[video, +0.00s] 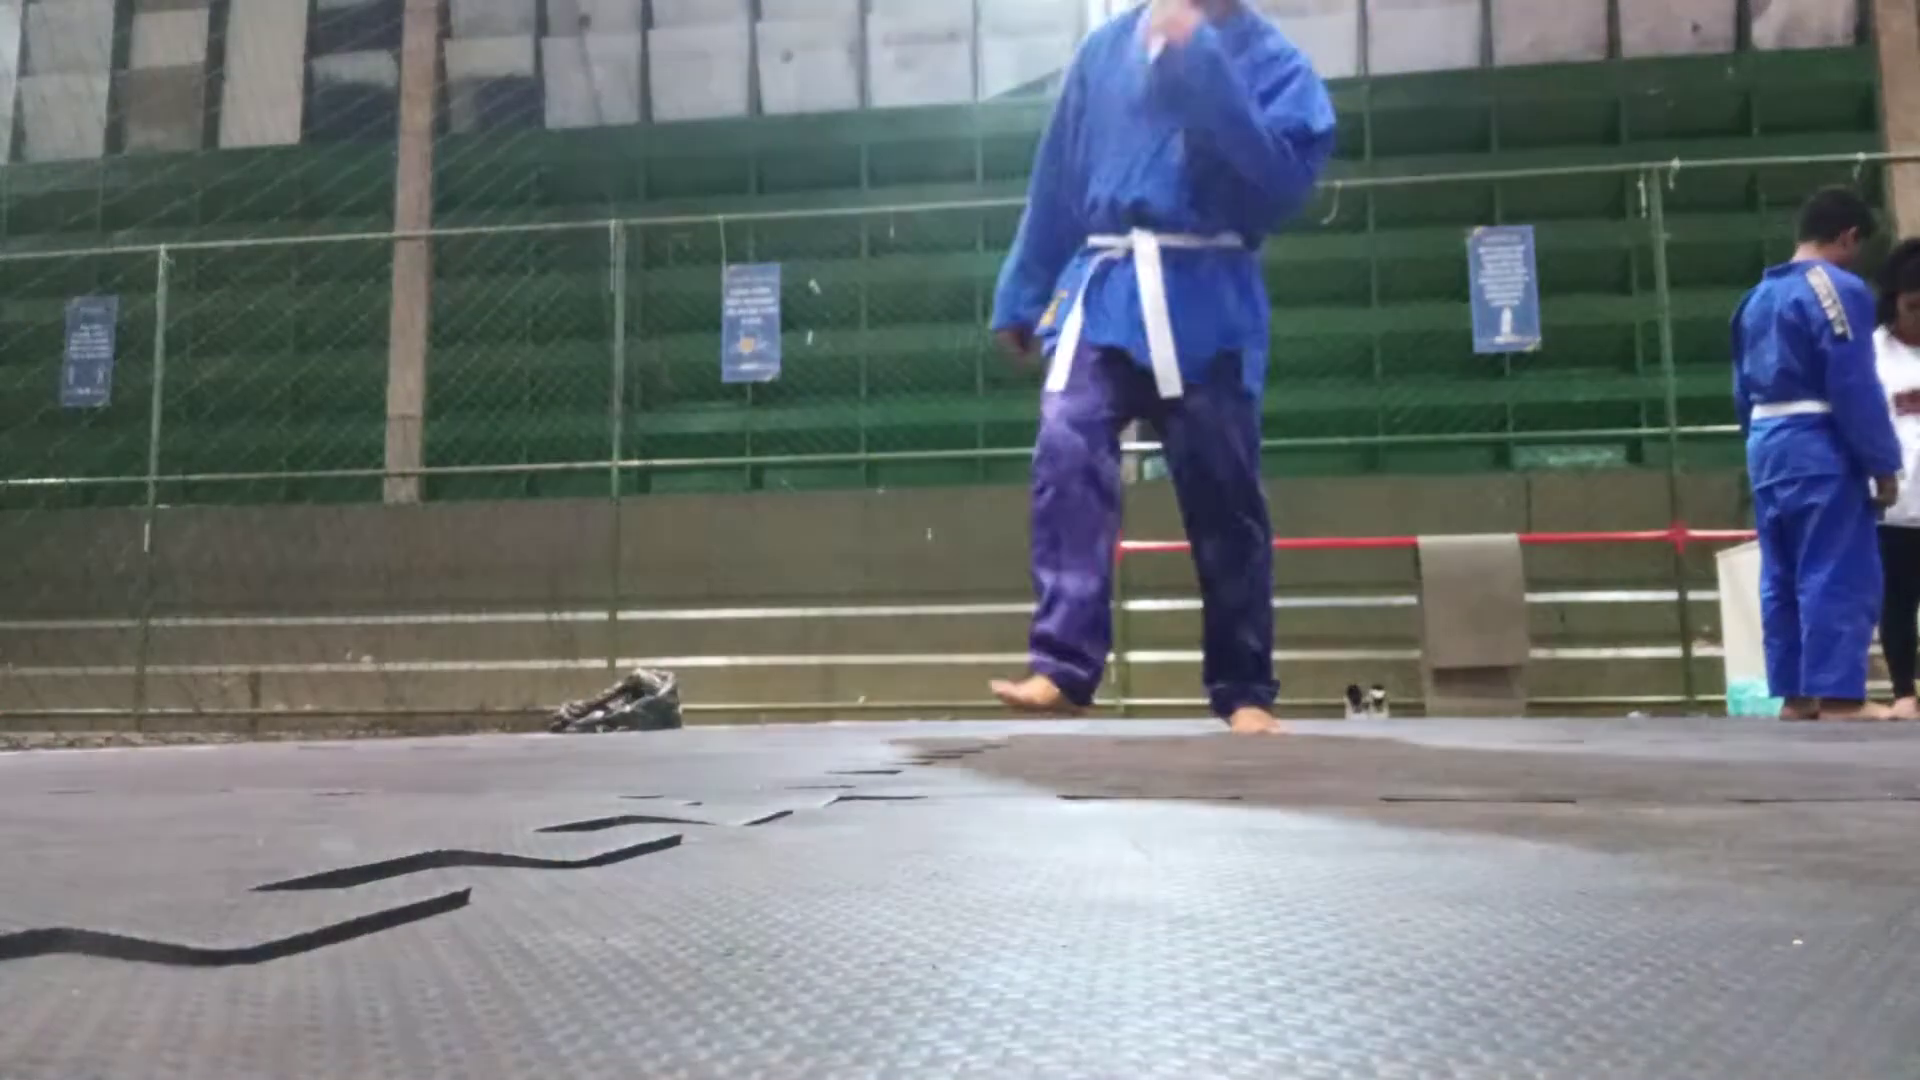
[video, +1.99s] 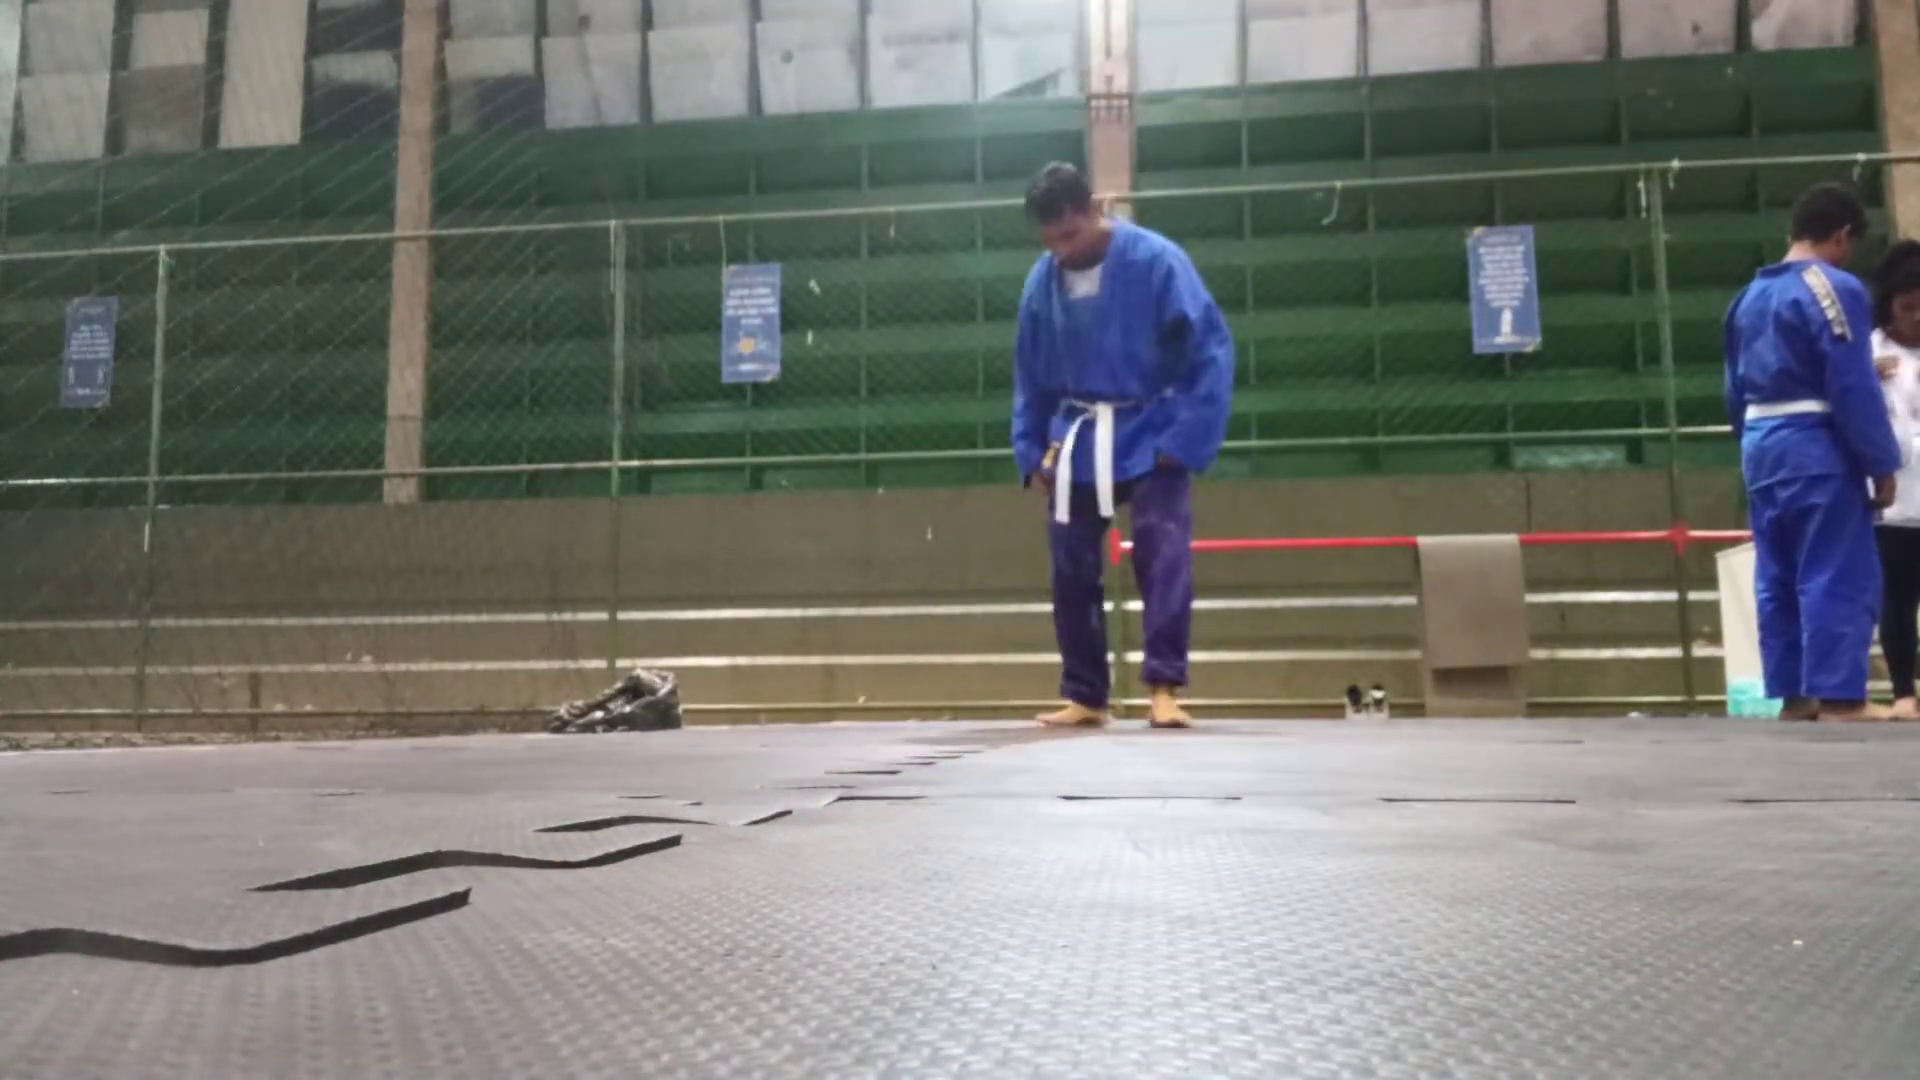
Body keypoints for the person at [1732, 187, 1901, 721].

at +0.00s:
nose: (1857, 255)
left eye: (1860, 247)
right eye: (1859, 245)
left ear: (1803, 234)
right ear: (1846, 236)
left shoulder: (1757, 297)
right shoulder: (1837, 290)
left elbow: (1745, 392)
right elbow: (1853, 388)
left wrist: (1765, 446)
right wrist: (1885, 464)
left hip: (1765, 441)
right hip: (1817, 440)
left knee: (1784, 573)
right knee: (1838, 568)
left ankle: (1795, 696)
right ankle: (1838, 698)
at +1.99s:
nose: (1849, 252)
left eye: (1852, 244)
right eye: (1851, 242)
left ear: (1795, 231)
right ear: (1840, 235)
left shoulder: (1751, 295)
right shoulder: (1833, 289)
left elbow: (1737, 391)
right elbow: (1853, 387)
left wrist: (1757, 444)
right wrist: (1883, 464)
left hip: (1759, 440)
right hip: (1814, 438)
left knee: (1778, 575)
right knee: (1839, 569)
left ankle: (1791, 696)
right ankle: (1838, 698)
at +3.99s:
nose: (1859, 250)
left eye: (1862, 241)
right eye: (1859, 240)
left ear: (1801, 231)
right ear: (1845, 233)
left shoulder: (1757, 295)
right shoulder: (1841, 288)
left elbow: (1742, 391)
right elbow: (1859, 386)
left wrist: (1762, 445)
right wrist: (1888, 464)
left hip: (1766, 440)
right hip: (1821, 438)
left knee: (1784, 573)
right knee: (1841, 569)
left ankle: (1795, 696)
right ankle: (1839, 698)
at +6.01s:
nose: (1865, 253)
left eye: (1867, 245)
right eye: (1866, 244)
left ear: (1811, 233)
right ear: (1853, 237)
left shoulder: (1763, 295)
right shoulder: (1846, 290)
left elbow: (1746, 392)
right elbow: (1861, 387)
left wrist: (1766, 443)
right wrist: (1889, 467)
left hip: (1767, 440)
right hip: (1822, 438)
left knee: (1783, 575)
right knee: (1841, 571)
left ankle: (1795, 697)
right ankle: (1840, 699)